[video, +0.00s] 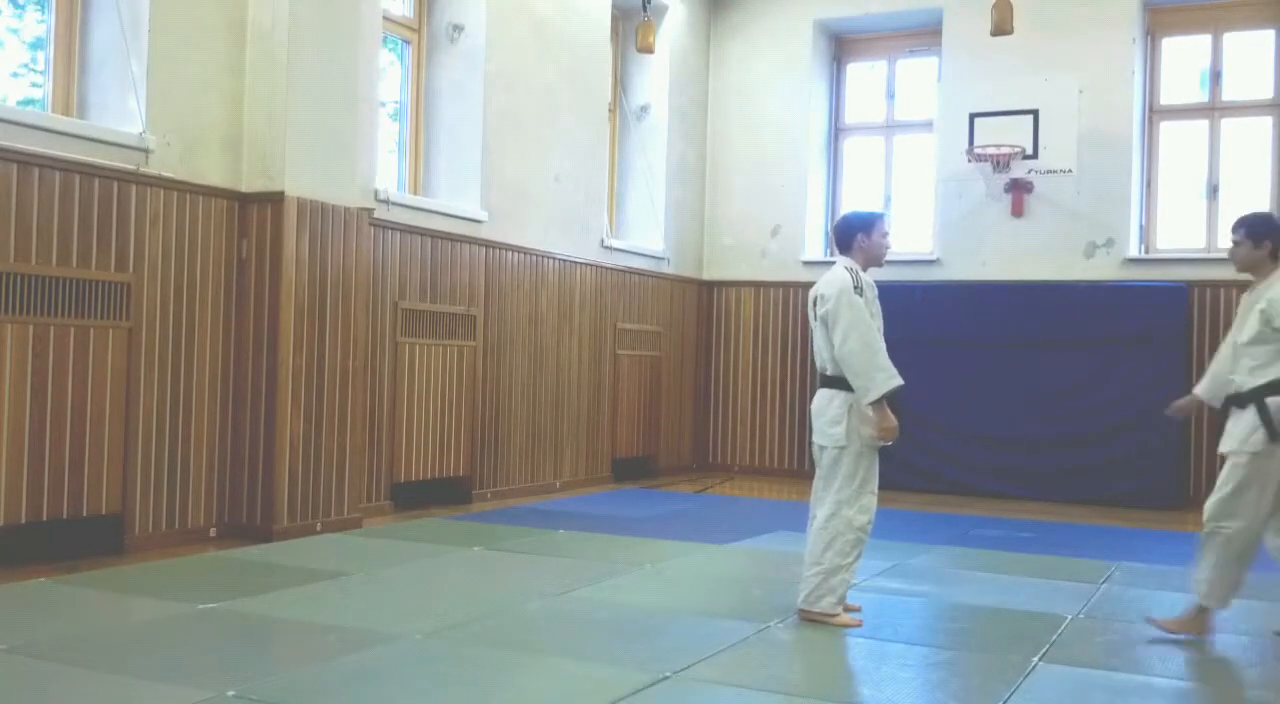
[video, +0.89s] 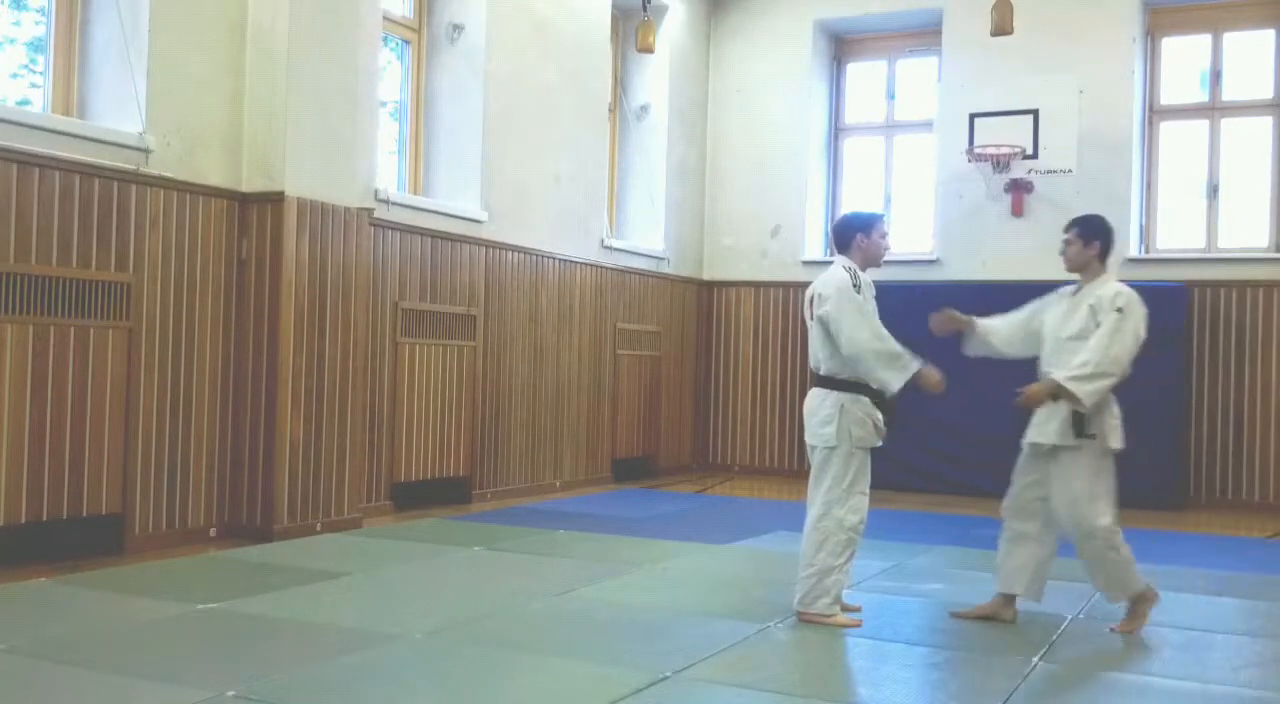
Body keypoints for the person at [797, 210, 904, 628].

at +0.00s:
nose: (889, 244)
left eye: (887, 236)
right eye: (883, 236)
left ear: (858, 241)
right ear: (861, 240)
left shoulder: (844, 281)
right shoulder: (845, 285)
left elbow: (859, 347)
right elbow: (858, 349)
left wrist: (877, 401)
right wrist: (881, 406)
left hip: (842, 401)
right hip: (846, 404)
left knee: (839, 502)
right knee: (847, 506)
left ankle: (826, 591)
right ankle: (819, 601)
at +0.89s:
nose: (888, 244)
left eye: (887, 236)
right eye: (882, 236)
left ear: (860, 240)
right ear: (861, 240)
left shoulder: (855, 283)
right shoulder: (838, 283)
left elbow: (874, 336)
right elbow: (858, 342)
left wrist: (914, 366)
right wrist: (915, 369)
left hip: (851, 406)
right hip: (837, 407)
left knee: (845, 506)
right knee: (836, 508)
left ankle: (826, 592)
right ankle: (815, 602)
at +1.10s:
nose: (886, 245)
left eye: (885, 237)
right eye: (880, 237)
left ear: (853, 242)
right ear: (855, 241)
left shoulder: (840, 280)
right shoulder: (840, 281)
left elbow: (847, 347)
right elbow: (891, 319)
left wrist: (891, 363)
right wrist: (951, 316)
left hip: (840, 403)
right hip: (839, 407)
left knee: (839, 505)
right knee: (839, 508)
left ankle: (824, 594)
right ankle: (816, 603)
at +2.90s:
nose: (847, 247)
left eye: (846, 239)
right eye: (844, 239)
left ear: (810, 239)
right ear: (825, 239)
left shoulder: (779, 279)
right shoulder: (813, 283)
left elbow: (818, 330)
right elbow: (879, 303)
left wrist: (859, 333)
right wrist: (943, 285)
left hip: (780, 401)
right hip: (804, 408)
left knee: (791, 498)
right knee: (819, 506)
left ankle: (769, 573)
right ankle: (813, 604)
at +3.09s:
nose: (816, 251)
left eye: (816, 243)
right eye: (813, 242)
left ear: (785, 243)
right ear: (793, 242)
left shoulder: (759, 281)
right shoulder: (782, 285)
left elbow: (793, 336)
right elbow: (846, 306)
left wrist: (834, 341)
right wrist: (910, 288)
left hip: (761, 404)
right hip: (781, 408)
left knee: (769, 497)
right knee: (806, 504)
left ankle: (712, 563)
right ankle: (811, 604)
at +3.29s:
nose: (792, 256)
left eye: (791, 248)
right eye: (787, 247)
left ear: (763, 250)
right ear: (764, 248)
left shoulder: (748, 286)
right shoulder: (744, 285)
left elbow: (764, 355)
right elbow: (801, 304)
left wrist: (807, 346)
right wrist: (865, 289)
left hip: (731, 404)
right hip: (733, 407)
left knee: (724, 503)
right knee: (766, 501)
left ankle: (697, 585)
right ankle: (789, 599)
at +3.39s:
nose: (778, 252)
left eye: (778, 244)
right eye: (773, 243)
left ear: (748, 244)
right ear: (750, 243)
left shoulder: (740, 283)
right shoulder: (727, 279)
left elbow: (752, 356)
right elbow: (781, 299)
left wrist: (796, 343)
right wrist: (844, 287)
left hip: (724, 401)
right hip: (717, 401)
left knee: (711, 495)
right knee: (748, 489)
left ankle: (697, 582)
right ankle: (733, 589)